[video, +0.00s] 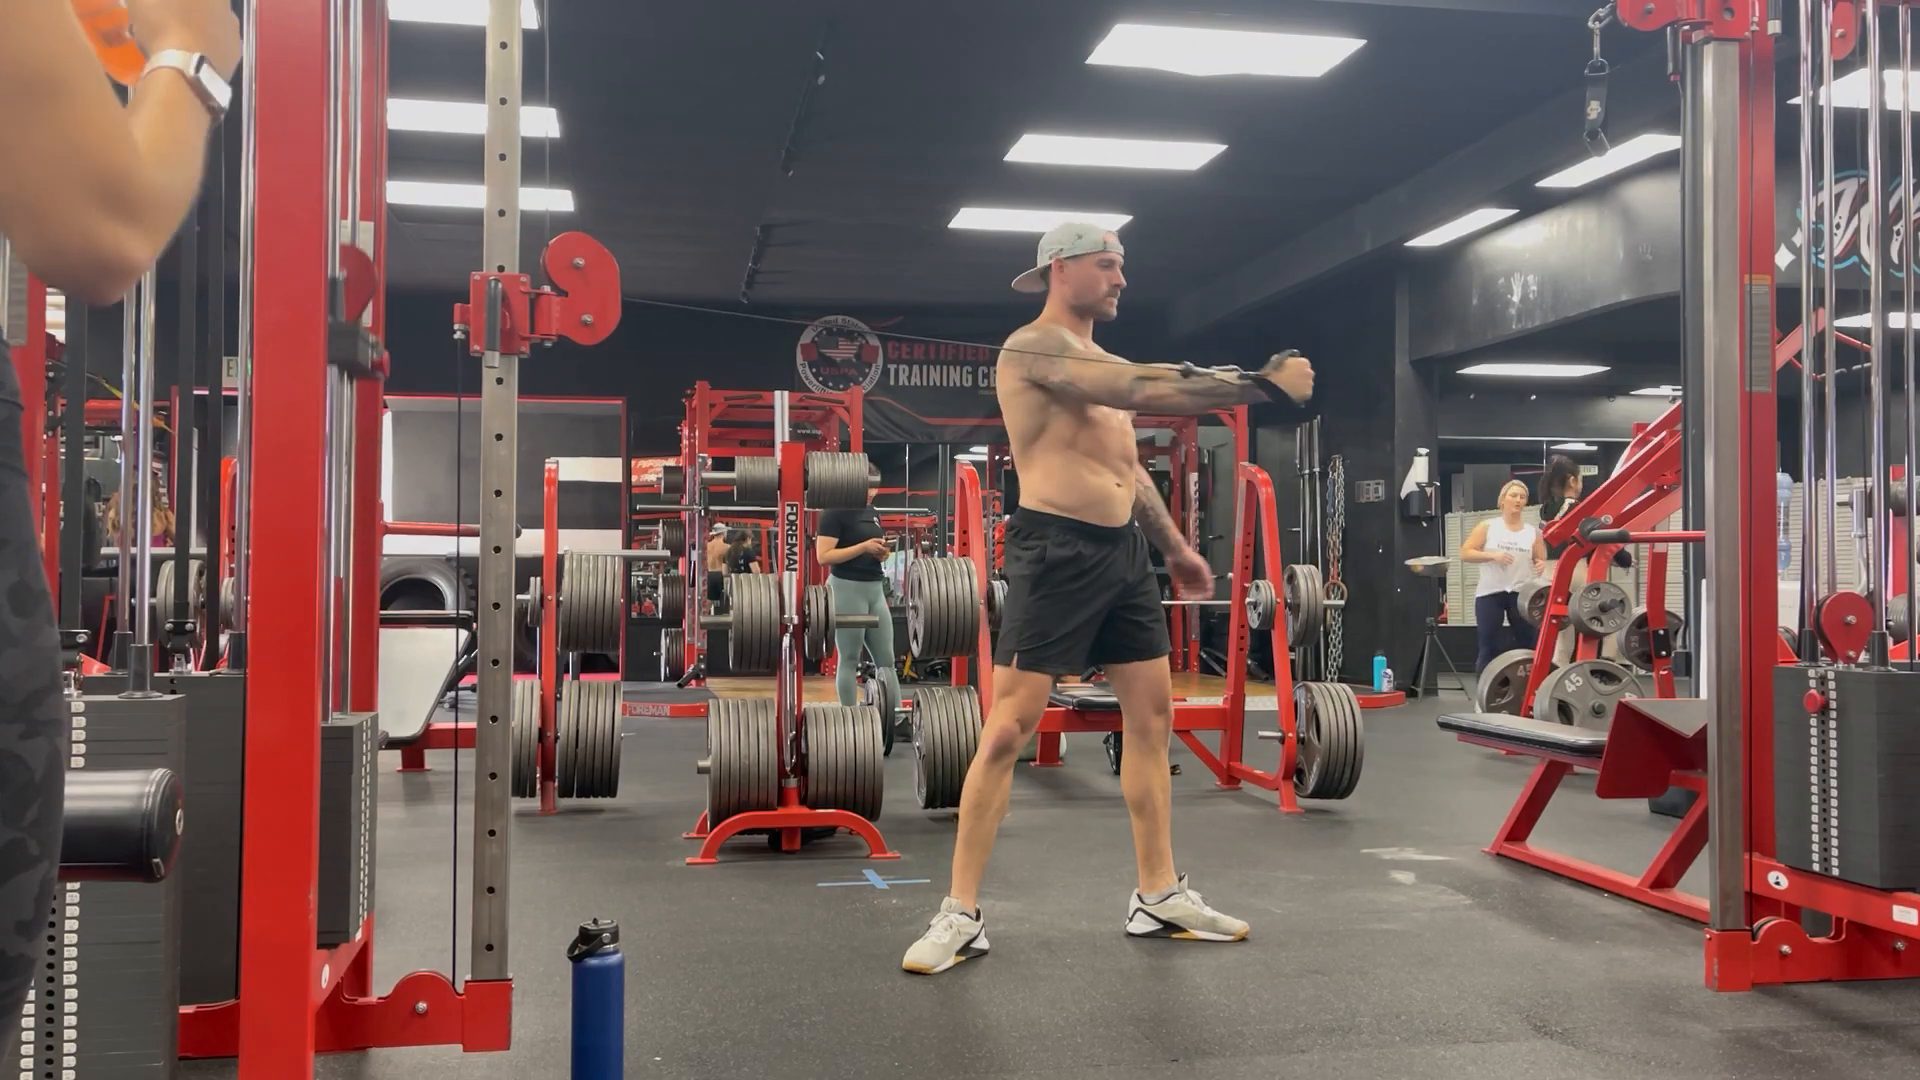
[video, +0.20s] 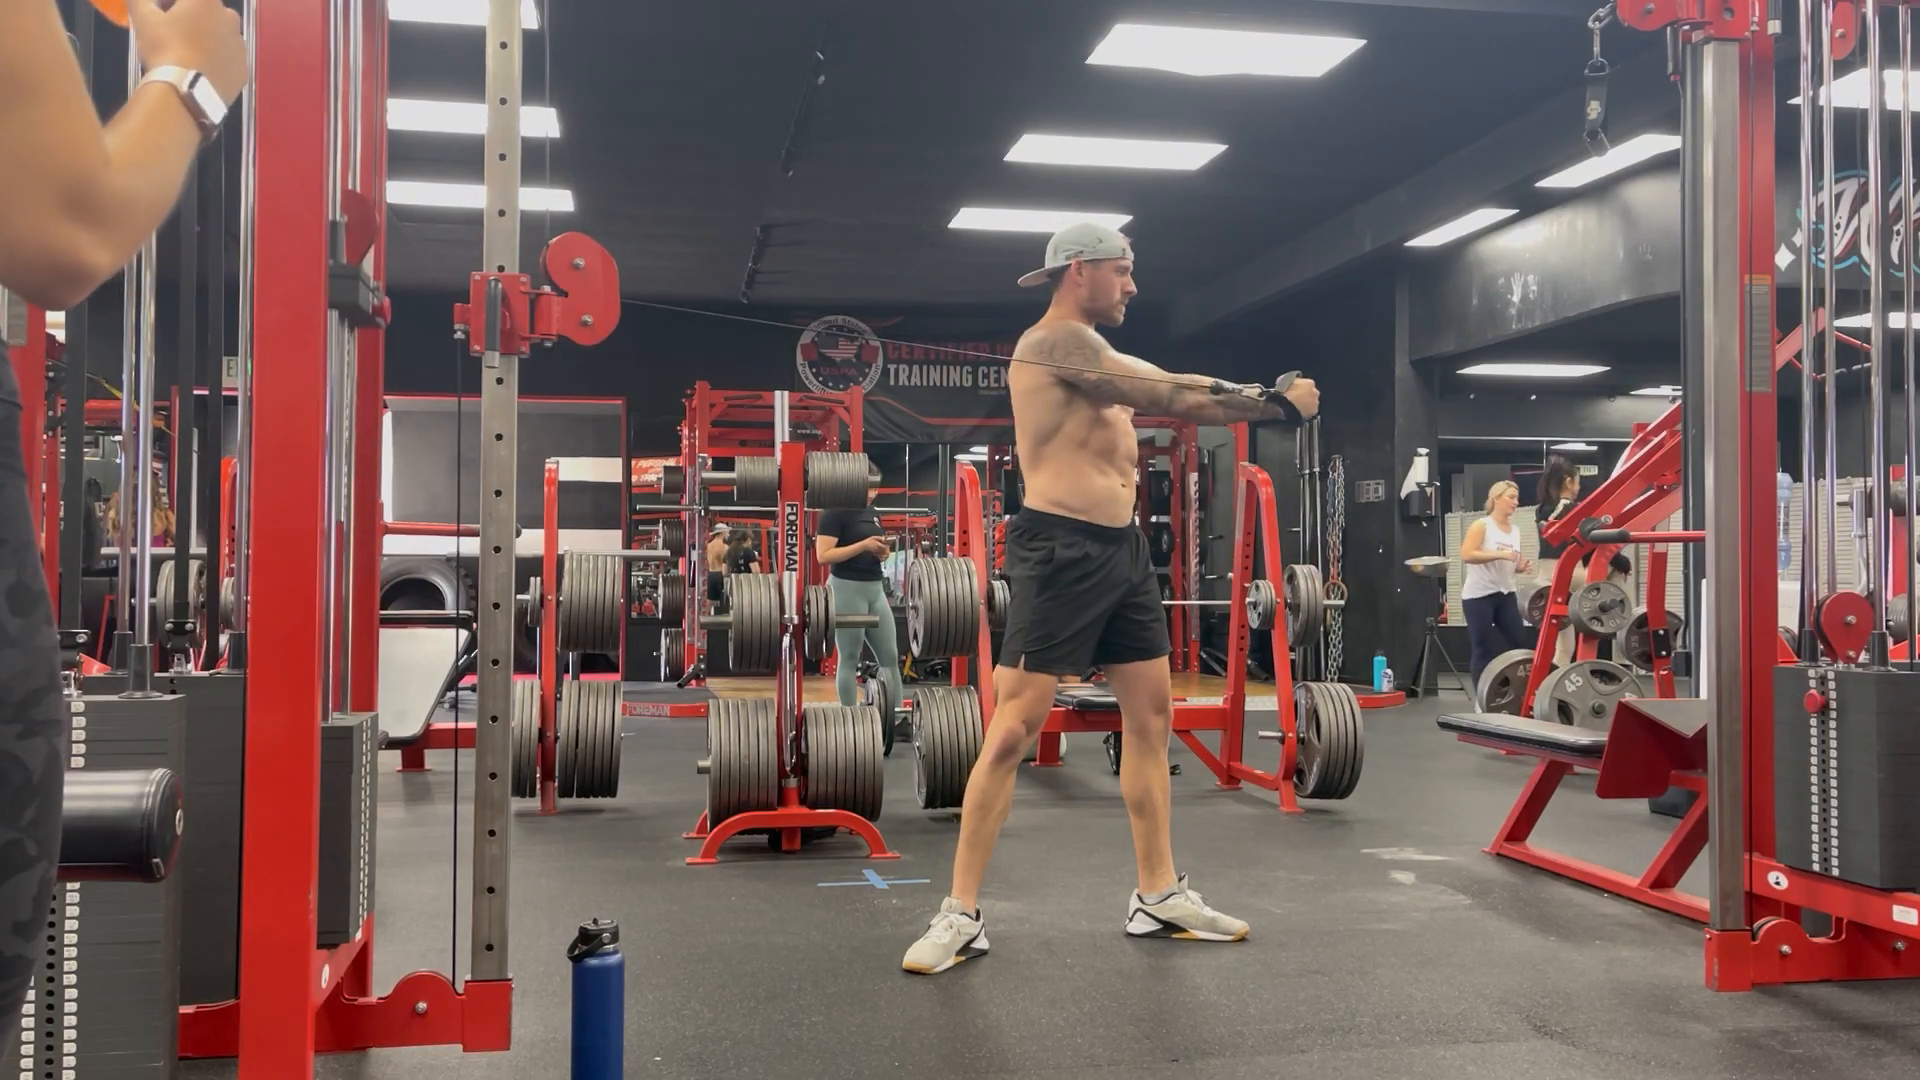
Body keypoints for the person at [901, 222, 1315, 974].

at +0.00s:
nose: (1121, 277)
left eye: (1121, 266)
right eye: (1107, 263)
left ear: (1096, 279)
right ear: (1059, 271)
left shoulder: (1107, 366)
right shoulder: (1029, 346)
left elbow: (1129, 473)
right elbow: (1129, 384)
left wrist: (1177, 548)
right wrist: (1259, 382)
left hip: (1126, 554)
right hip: (1053, 551)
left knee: (1152, 718)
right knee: (1006, 733)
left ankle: (1158, 894)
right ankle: (960, 910)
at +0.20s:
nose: (1132, 285)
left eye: (1132, 273)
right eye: (1122, 271)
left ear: (1089, 276)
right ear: (1078, 272)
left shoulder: (1103, 356)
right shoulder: (1055, 340)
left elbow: (1178, 400)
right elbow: (1156, 389)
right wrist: (1270, 398)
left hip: (1124, 554)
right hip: (1056, 549)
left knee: (1151, 719)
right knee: (1011, 733)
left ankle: (1158, 894)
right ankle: (960, 909)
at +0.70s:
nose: (1138, 282)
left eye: (1138, 270)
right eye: (1127, 267)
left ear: (1093, 273)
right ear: (1082, 270)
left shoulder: (1111, 358)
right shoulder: (1058, 338)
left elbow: (1187, 404)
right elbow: (1156, 390)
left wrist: (1272, 402)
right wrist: (1268, 402)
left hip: (1128, 554)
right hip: (1057, 550)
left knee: (1155, 720)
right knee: (1011, 733)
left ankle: (1159, 895)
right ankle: (961, 910)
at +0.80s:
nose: (1132, 280)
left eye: (1132, 268)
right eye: (1120, 266)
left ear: (1093, 275)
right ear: (1073, 270)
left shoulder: (1110, 360)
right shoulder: (1044, 340)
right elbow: (1152, 388)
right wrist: (1267, 396)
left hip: (1129, 553)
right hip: (1056, 550)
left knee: (1155, 720)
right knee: (1009, 733)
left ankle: (1159, 895)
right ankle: (961, 910)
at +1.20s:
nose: (1107, 276)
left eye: (1111, 265)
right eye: (1091, 262)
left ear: (1112, 279)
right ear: (1049, 272)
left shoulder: (1129, 365)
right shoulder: (1016, 345)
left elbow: (1167, 463)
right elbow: (1077, 386)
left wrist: (1223, 540)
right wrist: (1190, 378)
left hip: (1134, 552)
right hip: (1048, 550)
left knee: (1155, 721)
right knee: (1000, 730)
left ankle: (1158, 895)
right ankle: (960, 910)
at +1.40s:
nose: (1085, 274)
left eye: (1096, 264)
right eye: (1069, 262)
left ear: (1107, 281)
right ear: (1038, 276)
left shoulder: (1133, 361)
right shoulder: (1009, 343)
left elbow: (1187, 457)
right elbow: (1022, 393)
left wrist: (1251, 536)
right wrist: (1102, 372)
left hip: (1132, 552)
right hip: (1047, 549)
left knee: (1157, 717)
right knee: (997, 727)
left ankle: (1157, 895)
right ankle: (960, 910)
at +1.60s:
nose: (1058, 272)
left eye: (1073, 261)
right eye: (1046, 262)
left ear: (1100, 279)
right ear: (1029, 279)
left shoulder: (1141, 360)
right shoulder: (1005, 346)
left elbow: (1209, 453)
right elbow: (970, 396)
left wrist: (1281, 527)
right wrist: (990, 377)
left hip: (1128, 551)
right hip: (1041, 551)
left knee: (1157, 718)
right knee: (994, 723)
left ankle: (1157, 894)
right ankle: (959, 909)